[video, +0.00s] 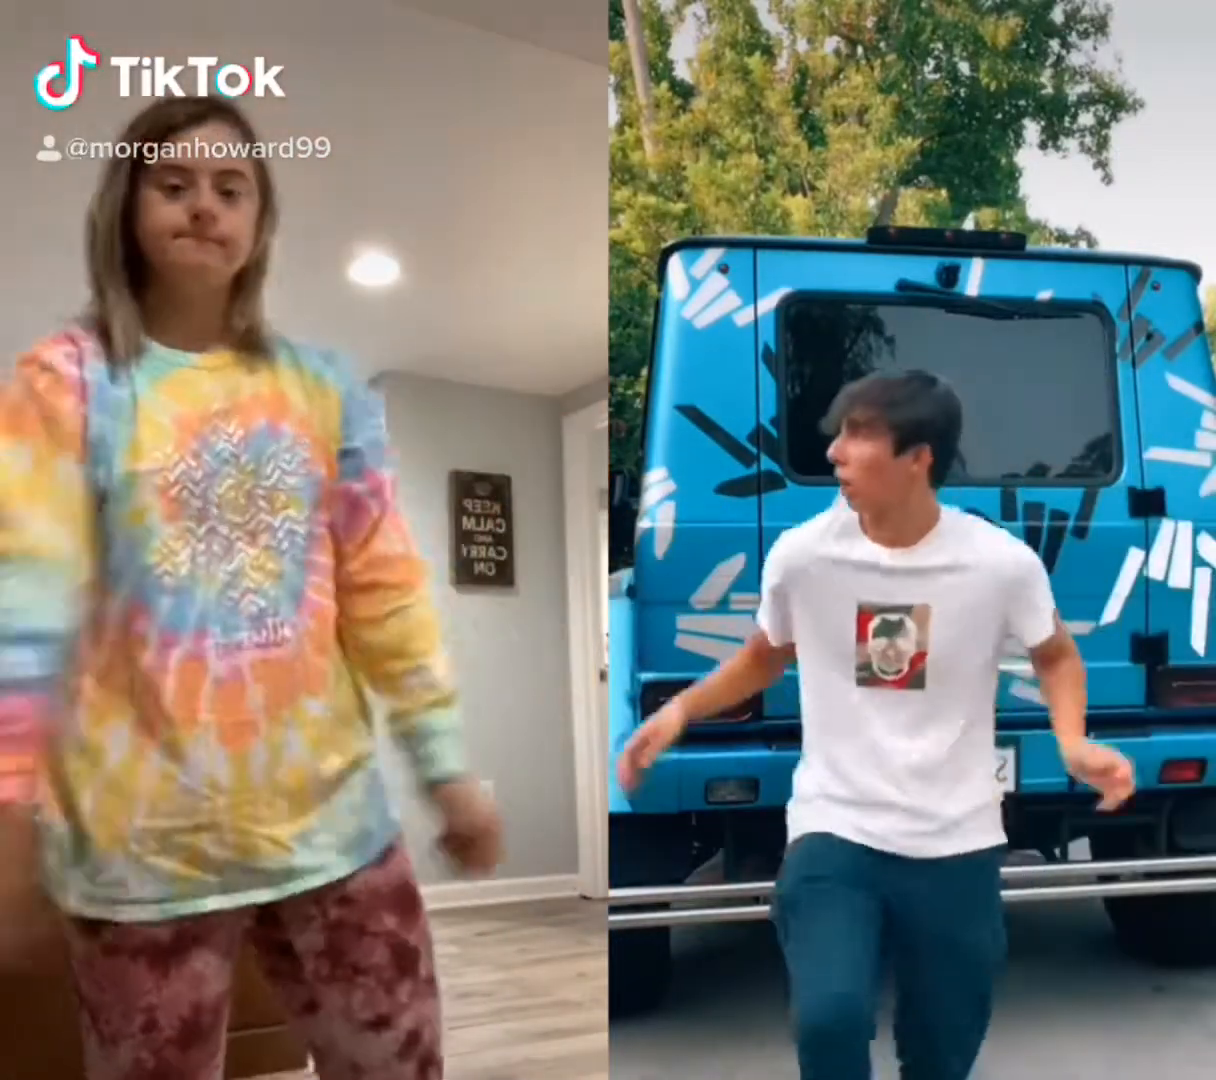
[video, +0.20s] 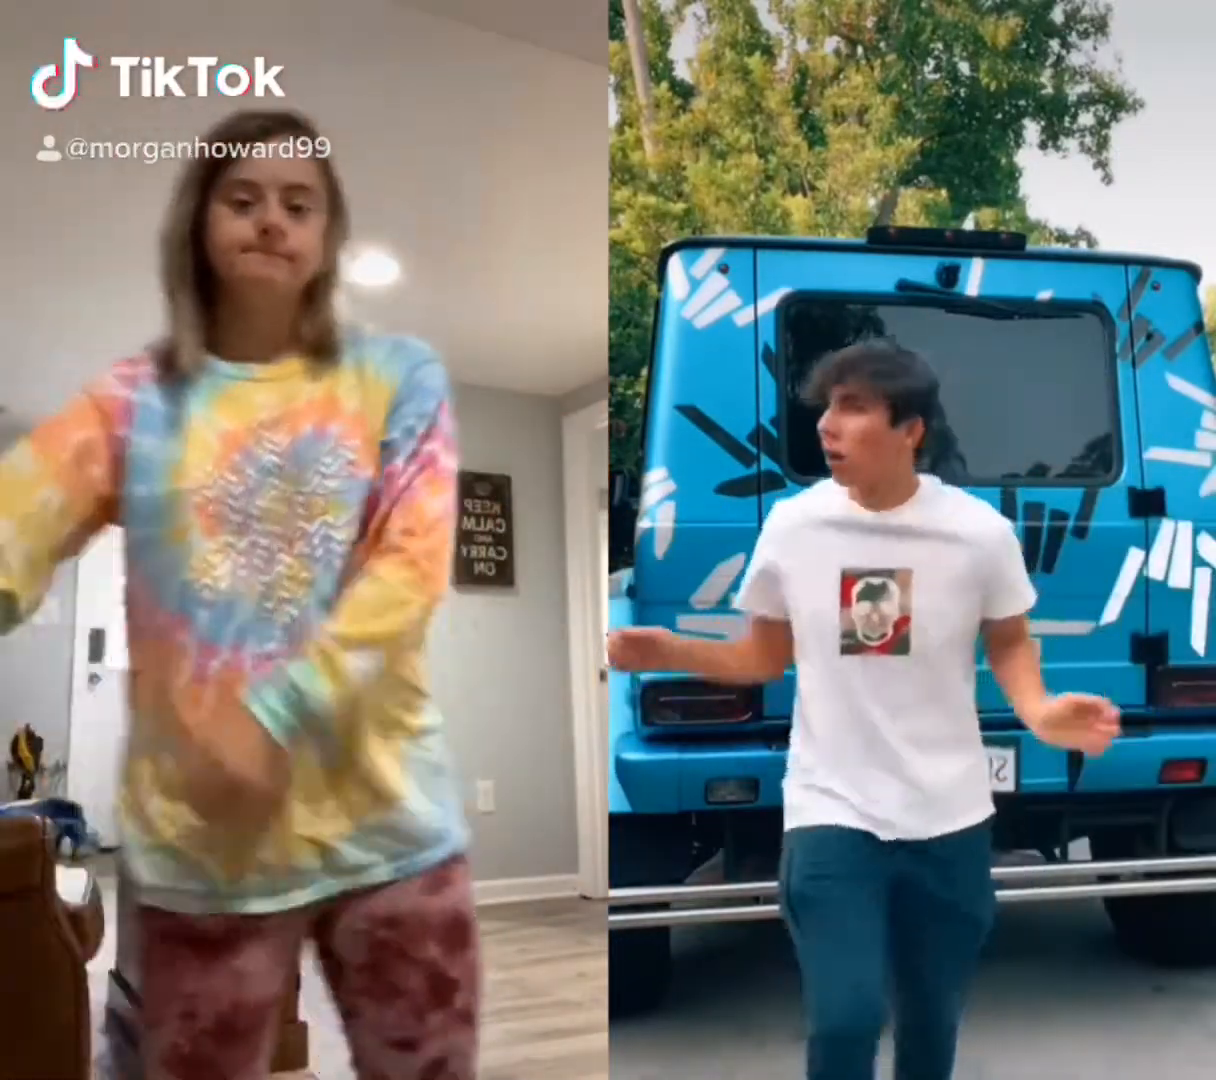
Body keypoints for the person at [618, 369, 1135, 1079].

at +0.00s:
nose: (836, 452)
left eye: (858, 437)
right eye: (840, 435)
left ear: (919, 461)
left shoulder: (1003, 566)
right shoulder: (800, 556)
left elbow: (1057, 655)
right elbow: (764, 655)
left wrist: (1074, 742)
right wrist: (679, 710)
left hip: (956, 849)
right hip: (834, 833)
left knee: (941, 1057)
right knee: (827, 1023)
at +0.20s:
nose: (828, 426)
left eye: (853, 410)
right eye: (828, 409)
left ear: (912, 432)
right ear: (821, 418)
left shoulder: (980, 534)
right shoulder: (793, 526)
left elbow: (1011, 644)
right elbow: (763, 656)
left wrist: (1038, 708)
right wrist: (672, 650)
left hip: (948, 814)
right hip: (832, 808)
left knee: (932, 1034)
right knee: (844, 1021)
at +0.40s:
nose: (882, 467)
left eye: (901, 452)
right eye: (864, 450)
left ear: (924, 472)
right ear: (827, 468)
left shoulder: (962, 574)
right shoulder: (778, 583)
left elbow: (969, 719)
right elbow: (768, 735)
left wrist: (858, 622)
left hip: (944, 866)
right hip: (818, 877)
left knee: (963, 1063)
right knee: (832, 1066)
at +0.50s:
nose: (889, 452)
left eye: (909, 437)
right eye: (871, 435)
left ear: (932, 458)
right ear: (834, 452)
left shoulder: (965, 553)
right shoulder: (780, 563)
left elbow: (985, 685)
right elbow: (780, 687)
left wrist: (870, 594)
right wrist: (912, 605)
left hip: (942, 835)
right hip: (817, 854)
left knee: (972, 1050)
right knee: (833, 1064)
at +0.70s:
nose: (911, 441)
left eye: (931, 423)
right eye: (891, 422)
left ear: (960, 437)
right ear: (858, 438)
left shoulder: (999, 558)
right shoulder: (806, 551)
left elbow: (1027, 724)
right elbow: (810, 720)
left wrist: (928, 666)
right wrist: (938, 673)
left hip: (966, 854)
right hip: (838, 862)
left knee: (963, 1063)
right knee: (853, 1062)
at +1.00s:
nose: (928, 442)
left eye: (949, 422)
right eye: (907, 424)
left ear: (981, 446)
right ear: (872, 448)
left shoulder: (1025, 568)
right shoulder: (812, 575)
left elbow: (1086, 757)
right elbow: (802, 768)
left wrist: (1025, 655)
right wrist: (888, 652)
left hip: (985, 878)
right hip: (854, 883)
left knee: (982, 1068)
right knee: (876, 1067)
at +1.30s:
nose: (904, 442)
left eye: (927, 421)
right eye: (882, 423)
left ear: (961, 448)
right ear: (845, 452)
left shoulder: (1016, 580)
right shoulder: (786, 596)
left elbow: (1060, 778)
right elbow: (787, 795)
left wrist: (982, 644)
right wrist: (852, 649)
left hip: (992, 924)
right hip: (841, 933)